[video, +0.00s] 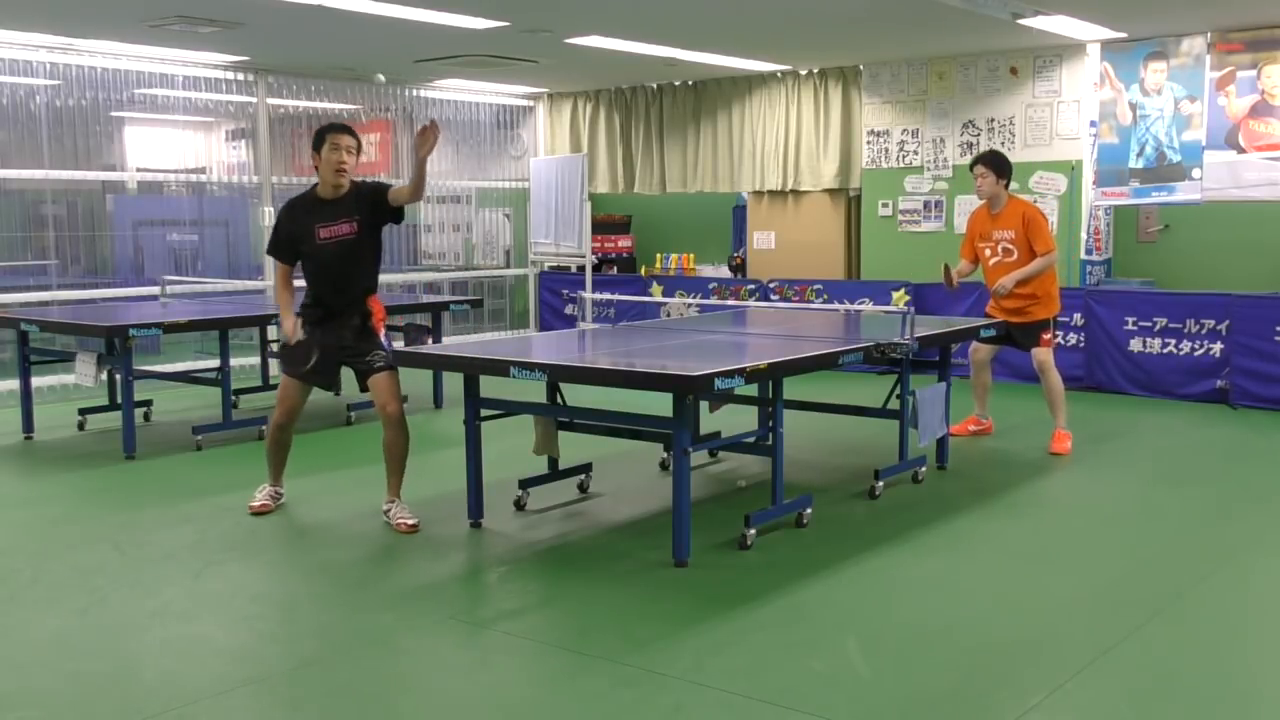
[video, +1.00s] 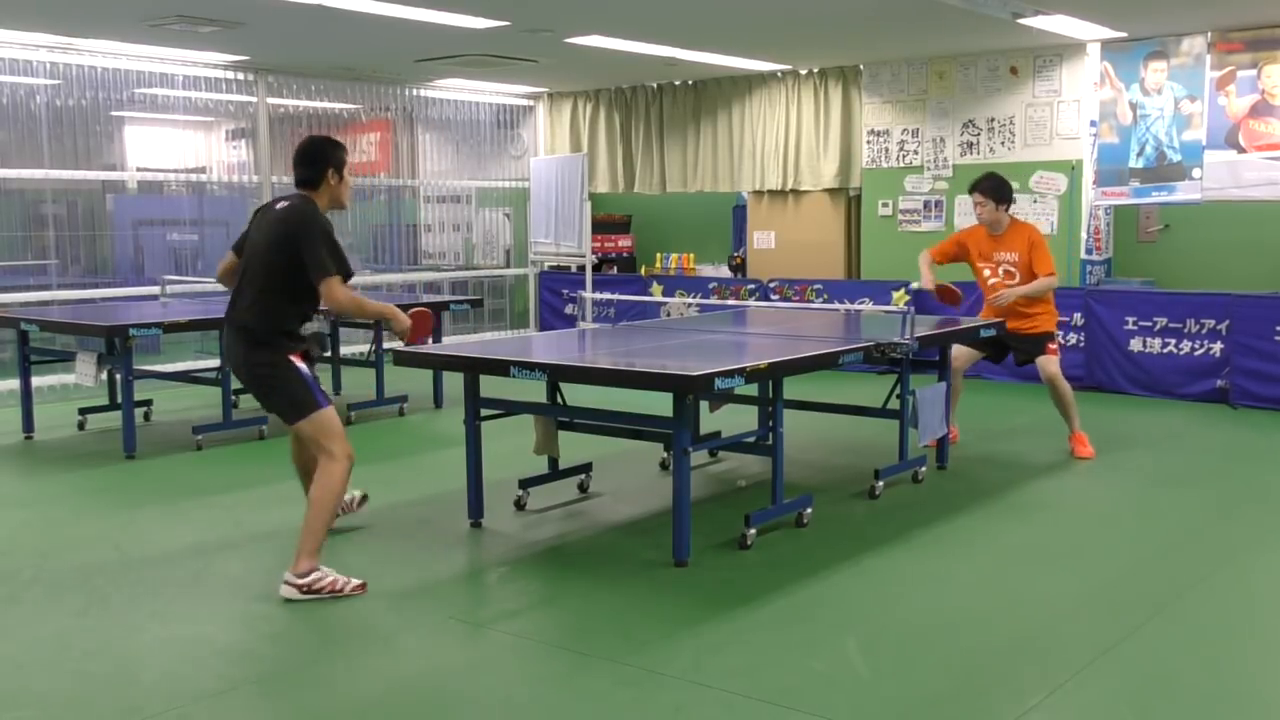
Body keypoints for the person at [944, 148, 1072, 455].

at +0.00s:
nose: (977, 183)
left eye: (983, 177)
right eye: (975, 177)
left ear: (1002, 179)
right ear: (975, 181)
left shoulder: (1028, 213)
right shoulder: (977, 218)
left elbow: (1050, 256)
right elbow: (970, 260)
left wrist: (1014, 277)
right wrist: (956, 273)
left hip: (1037, 306)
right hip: (1000, 306)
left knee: (1042, 360)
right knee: (978, 355)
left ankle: (1061, 429)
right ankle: (981, 419)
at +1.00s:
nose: (977, 211)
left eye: (982, 205)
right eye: (975, 205)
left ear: (1003, 206)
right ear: (973, 206)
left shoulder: (1029, 234)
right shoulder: (970, 238)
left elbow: (1050, 280)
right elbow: (926, 255)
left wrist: (1016, 292)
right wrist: (927, 276)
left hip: (1035, 322)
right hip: (993, 321)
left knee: (1051, 374)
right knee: (953, 361)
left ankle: (1076, 433)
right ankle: (947, 427)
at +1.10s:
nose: (966, 205)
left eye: (972, 200)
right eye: (965, 200)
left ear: (992, 202)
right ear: (965, 201)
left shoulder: (1019, 231)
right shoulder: (959, 235)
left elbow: (1044, 273)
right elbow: (921, 247)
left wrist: (1013, 289)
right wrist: (906, 242)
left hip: (1033, 319)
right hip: (991, 319)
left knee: (1049, 370)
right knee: (952, 359)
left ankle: (1076, 433)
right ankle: (948, 428)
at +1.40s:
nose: (989, 193)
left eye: (996, 187)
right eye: (987, 188)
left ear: (1015, 191)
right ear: (986, 191)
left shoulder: (1039, 224)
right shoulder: (981, 230)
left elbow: (1065, 262)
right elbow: (949, 261)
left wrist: (1036, 273)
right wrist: (926, 252)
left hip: (1042, 318)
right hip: (1000, 318)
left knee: (1055, 375)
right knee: (968, 360)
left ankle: (1076, 423)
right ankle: (949, 425)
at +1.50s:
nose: (1001, 184)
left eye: (1008, 178)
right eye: (999, 179)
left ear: (1027, 181)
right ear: (999, 182)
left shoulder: (1052, 216)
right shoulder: (999, 220)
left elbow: (1076, 256)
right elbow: (975, 256)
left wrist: (1046, 271)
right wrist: (945, 261)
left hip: (1053, 312)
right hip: (1015, 311)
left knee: (1058, 368)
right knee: (988, 355)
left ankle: (1075, 424)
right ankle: (957, 417)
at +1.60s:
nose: (1009, 175)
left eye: (1016, 169)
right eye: (1007, 170)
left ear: (1034, 173)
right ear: (1006, 174)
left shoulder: (1058, 208)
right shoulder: (1005, 212)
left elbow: (1083, 248)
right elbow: (991, 251)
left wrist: (1055, 273)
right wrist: (969, 266)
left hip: (1065, 299)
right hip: (1025, 298)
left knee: (1073, 357)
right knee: (996, 347)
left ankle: (1085, 421)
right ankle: (994, 409)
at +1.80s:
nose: (1025, 197)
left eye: (1031, 190)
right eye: (1022, 191)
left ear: (1050, 192)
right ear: (1020, 194)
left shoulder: (1077, 225)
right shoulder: (1020, 231)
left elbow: (1100, 264)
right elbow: (1008, 270)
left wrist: (1076, 292)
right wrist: (1003, 285)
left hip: (1079, 309)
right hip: (1041, 309)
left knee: (1086, 365)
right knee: (1016, 360)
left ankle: (1121, 421)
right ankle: (1022, 410)